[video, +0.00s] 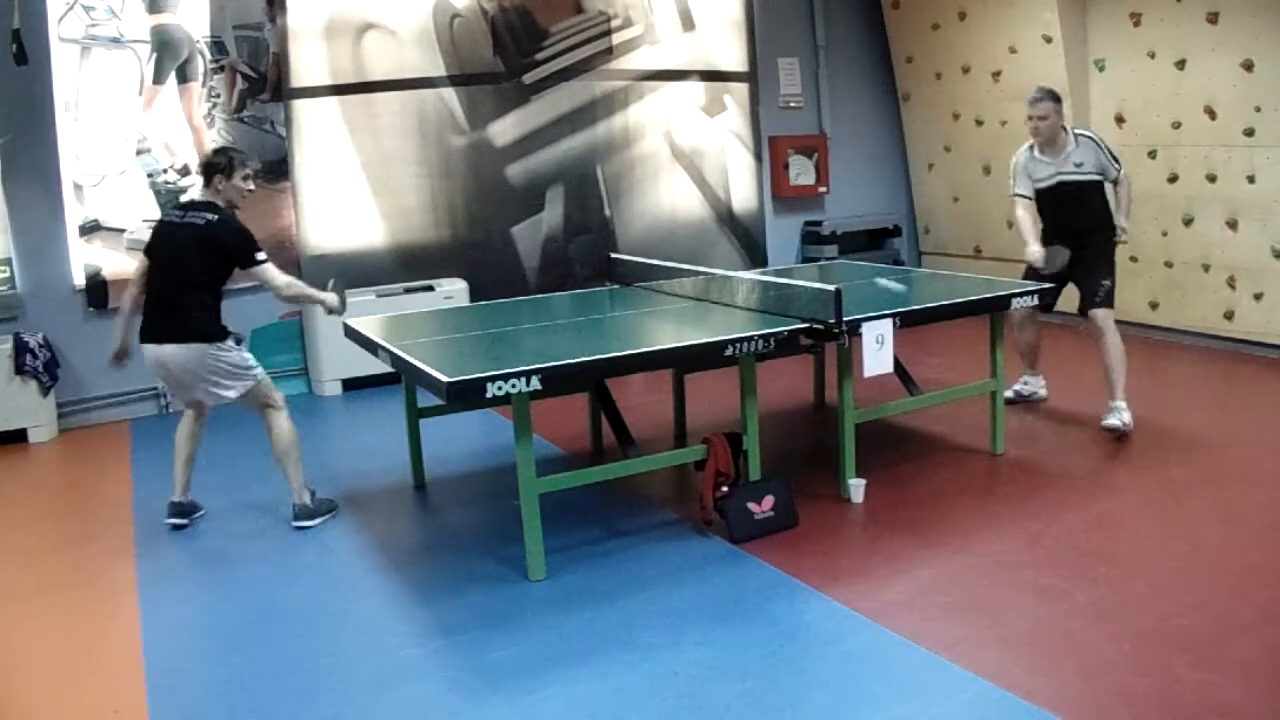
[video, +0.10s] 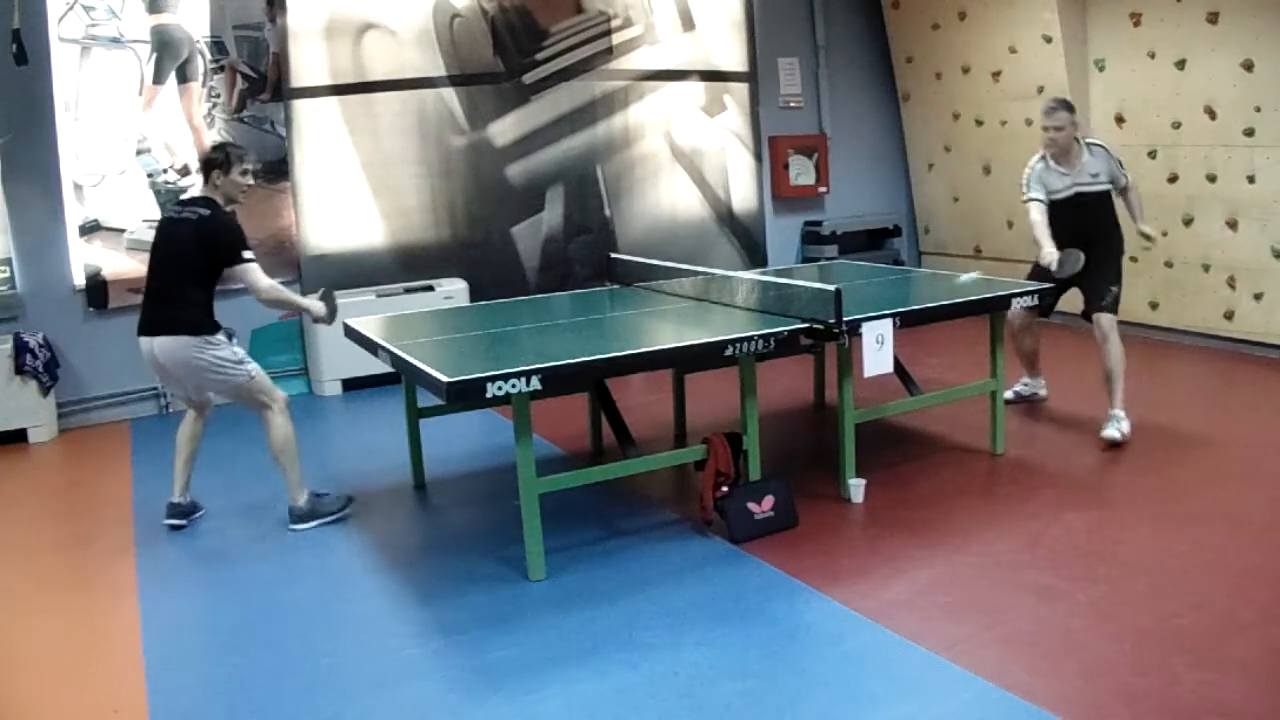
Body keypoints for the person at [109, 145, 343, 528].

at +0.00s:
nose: (250, 187)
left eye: (251, 179)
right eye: (244, 179)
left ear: (211, 181)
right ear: (219, 180)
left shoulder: (168, 221)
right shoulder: (228, 227)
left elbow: (136, 286)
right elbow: (280, 285)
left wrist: (124, 340)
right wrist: (323, 297)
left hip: (154, 345)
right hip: (201, 345)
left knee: (194, 407)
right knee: (273, 404)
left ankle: (179, 501)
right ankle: (303, 501)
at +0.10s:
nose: (249, 183)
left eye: (250, 175)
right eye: (243, 175)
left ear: (210, 177)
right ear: (217, 175)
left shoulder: (173, 214)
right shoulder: (221, 222)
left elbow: (192, 278)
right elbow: (264, 291)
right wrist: (310, 306)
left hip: (151, 338)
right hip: (193, 338)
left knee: (198, 406)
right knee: (274, 403)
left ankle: (178, 501)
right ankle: (301, 502)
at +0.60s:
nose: (309, 200)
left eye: (310, 192)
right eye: (303, 192)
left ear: (271, 193)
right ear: (276, 191)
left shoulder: (233, 226)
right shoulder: (264, 230)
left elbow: (211, 283)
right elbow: (264, 295)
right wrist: (314, 313)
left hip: (186, 340)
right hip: (227, 342)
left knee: (213, 416)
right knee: (316, 408)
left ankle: (179, 506)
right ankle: (340, 514)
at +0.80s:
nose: (365, 243)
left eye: (365, 235)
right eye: (359, 234)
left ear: (333, 232)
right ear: (333, 231)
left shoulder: (280, 256)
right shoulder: (320, 261)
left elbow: (242, 309)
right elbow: (345, 298)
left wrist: (210, 368)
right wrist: (396, 297)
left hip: (219, 364)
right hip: (261, 370)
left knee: (232, 426)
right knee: (360, 407)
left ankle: (181, 507)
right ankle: (376, 515)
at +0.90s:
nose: (384, 244)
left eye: (384, 235)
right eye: (380, 234)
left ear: (343, 229)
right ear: (357, 231)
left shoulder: (292, 255)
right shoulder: (357, 261)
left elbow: (244, 309)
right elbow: (418, 273)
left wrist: (211, 363)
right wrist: (466, 272)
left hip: (228, 362)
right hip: (275, 371)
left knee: (233, 427)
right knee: (369, 405)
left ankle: (183, 505)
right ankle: (377, 513)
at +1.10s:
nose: (372, 213)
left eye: (373, 206)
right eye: (369, 205)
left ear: (330, 202)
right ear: (345, 203)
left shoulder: (279, 232)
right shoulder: (353, 243)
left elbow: (235, 291)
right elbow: (425, 266)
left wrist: (208, 348)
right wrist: (475, 270)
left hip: (227, 352)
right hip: (274, 363)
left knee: (236, 421)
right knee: (362, 402)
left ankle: (188, 508)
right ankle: (377, 511)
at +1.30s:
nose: (315, 191)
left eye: (315, 183)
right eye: (311, 182)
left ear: (277, 181)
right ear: (286, 181)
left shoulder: (231, 218)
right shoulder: (282, 225)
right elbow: (328, 279)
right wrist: (382, 294)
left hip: (187, 348)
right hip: (235, 353)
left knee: (223, 434)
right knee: (319, 426)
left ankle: (185, 536)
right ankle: (368, 517)